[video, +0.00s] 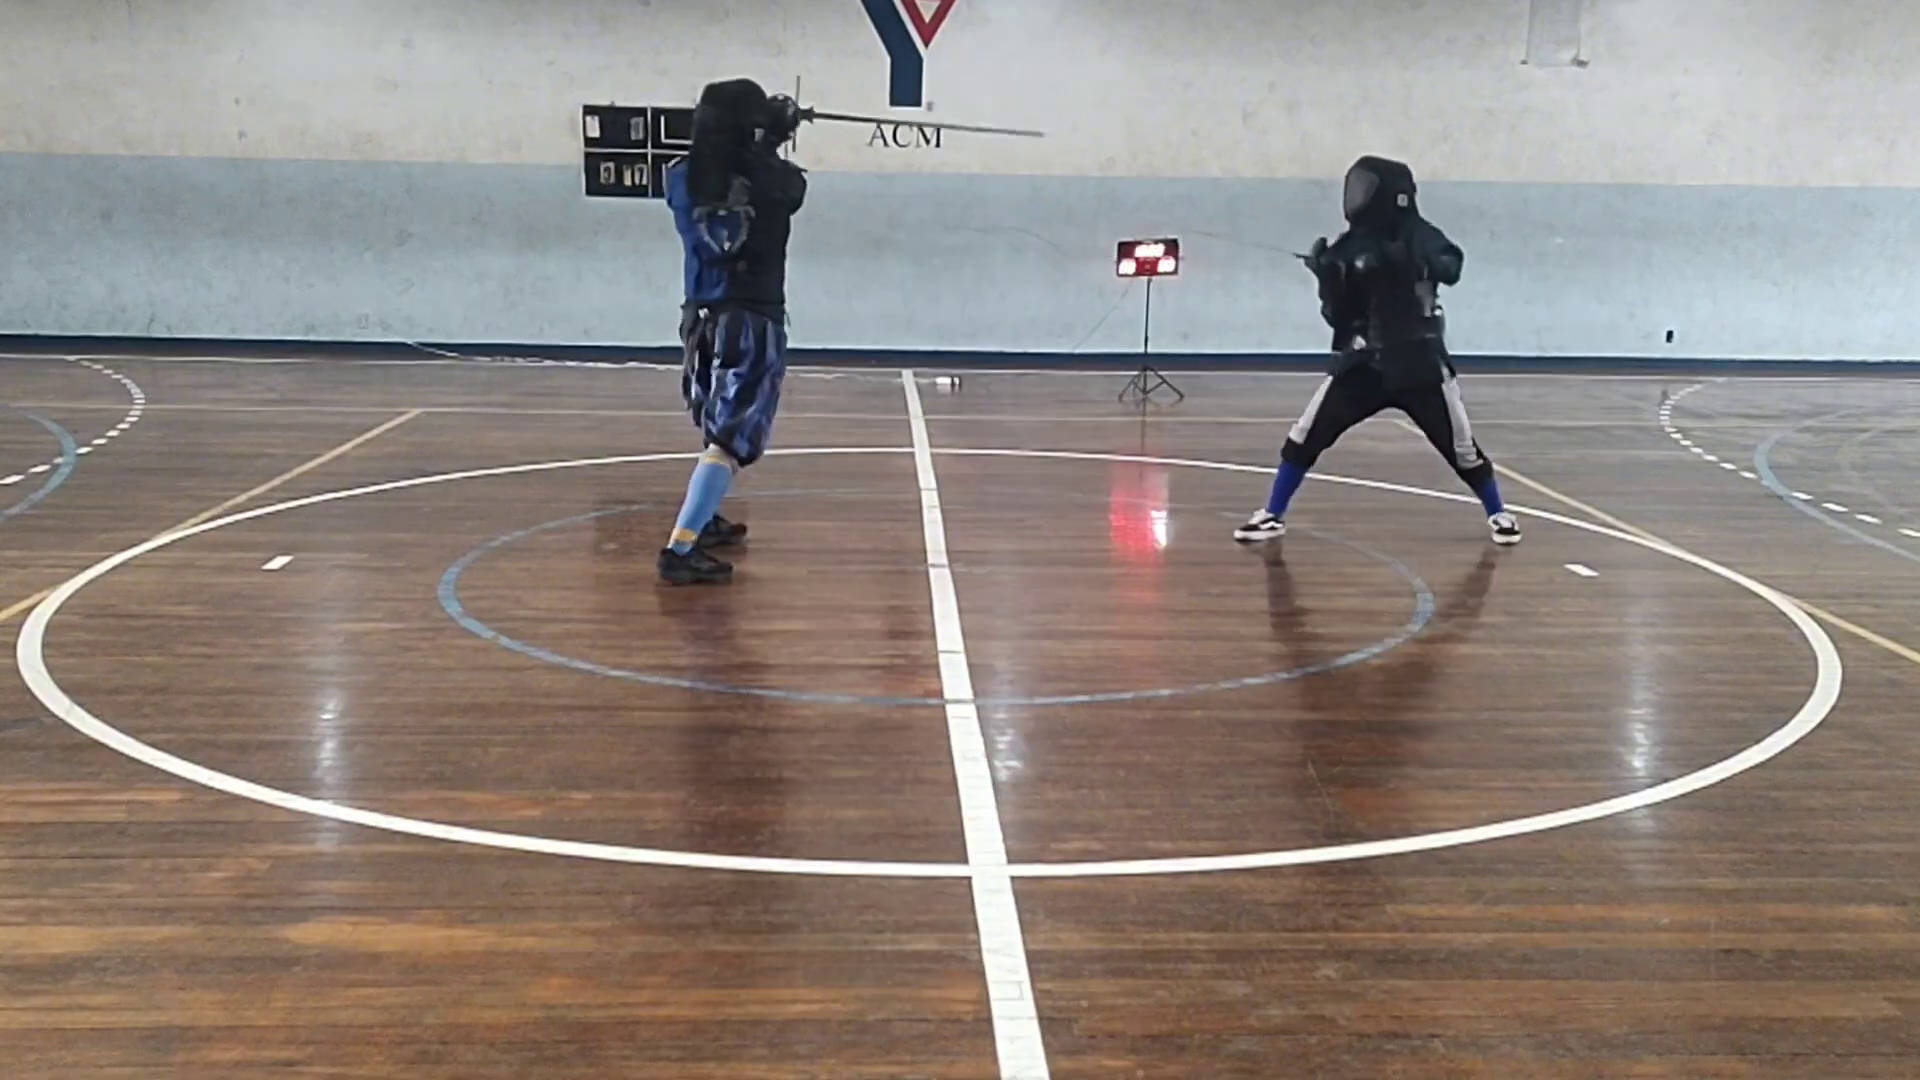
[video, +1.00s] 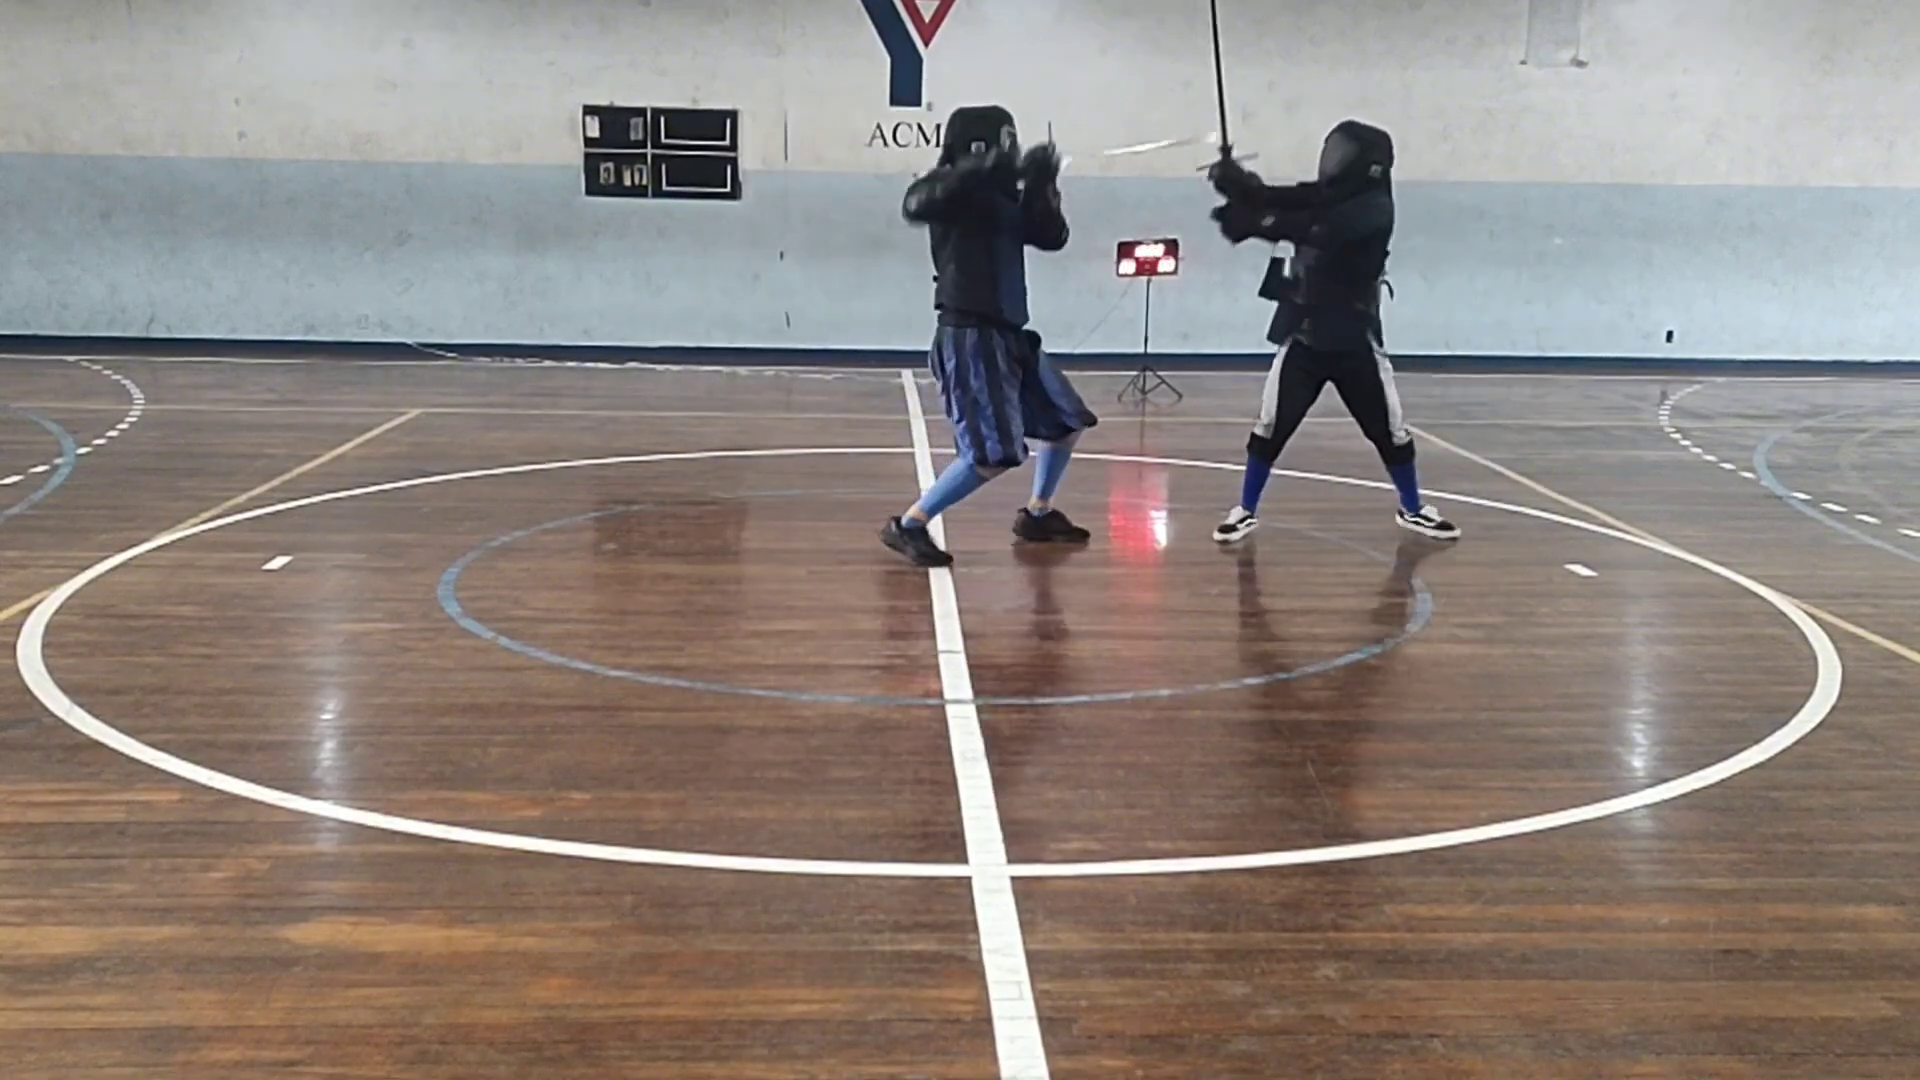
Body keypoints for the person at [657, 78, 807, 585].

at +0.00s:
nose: (767, 131)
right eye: (764, 124)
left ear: (705, 124)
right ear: (754, 130)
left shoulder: (678, 176)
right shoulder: (773, 178)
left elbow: (712, 166)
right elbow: (791, 186)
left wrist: (760, 136)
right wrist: (767, 144)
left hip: (699, 313)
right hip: (751, 317)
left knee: (716, 426)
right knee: (730, 436)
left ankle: (705, 516)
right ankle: (680, 547)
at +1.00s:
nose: (1006, 157)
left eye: (1008, 149)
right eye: (1000, 148)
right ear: (977, 149)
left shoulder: (1009, 196)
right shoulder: (946, 185)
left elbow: (1052, 237)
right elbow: (916, 205)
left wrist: (1041, 186)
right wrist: (985, 168)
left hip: (1010, 334)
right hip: (967, 335)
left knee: (1065, 422)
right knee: (996, 450)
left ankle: (1039, 514)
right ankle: (909, 524)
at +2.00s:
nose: (1087, 118)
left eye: (1086, 110)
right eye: (1078, 111)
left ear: (1061, 120)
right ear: (1051, 118)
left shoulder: (1086, 168)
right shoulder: (1035, 156)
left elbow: (1138, 158)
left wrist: (1125, 103)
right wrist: (1117, 78)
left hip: (1071, 313)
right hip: (1032, 307)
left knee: (1108, 417)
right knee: (999, 418)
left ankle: (1094, 509)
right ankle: (938, 512)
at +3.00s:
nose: (1078, 137)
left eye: (1073, 130)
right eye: (1070, 130)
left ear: (1032, 146)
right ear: (1052, 142)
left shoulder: (1047, 182)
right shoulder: (1058, 185)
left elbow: (1111, 174)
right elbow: (1136, 178)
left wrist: (1123, 121)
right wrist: (1159, 139)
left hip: (1090, 320)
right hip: (1068, 322)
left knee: (1136, 412)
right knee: (1048, 429)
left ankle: (1118, 509)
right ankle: (957, 503)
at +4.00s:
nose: (968, 132)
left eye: (974, 124)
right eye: (955, 125)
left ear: (980, 130)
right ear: (931, 133)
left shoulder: (1001, 175)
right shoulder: (914, 177)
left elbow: (1042, 148)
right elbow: (874, 114)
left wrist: (998, 104)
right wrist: (924, 67)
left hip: (993, 319)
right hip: (934, 322)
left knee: (1031, 419)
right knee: (950, 427)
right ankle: (952, 519)